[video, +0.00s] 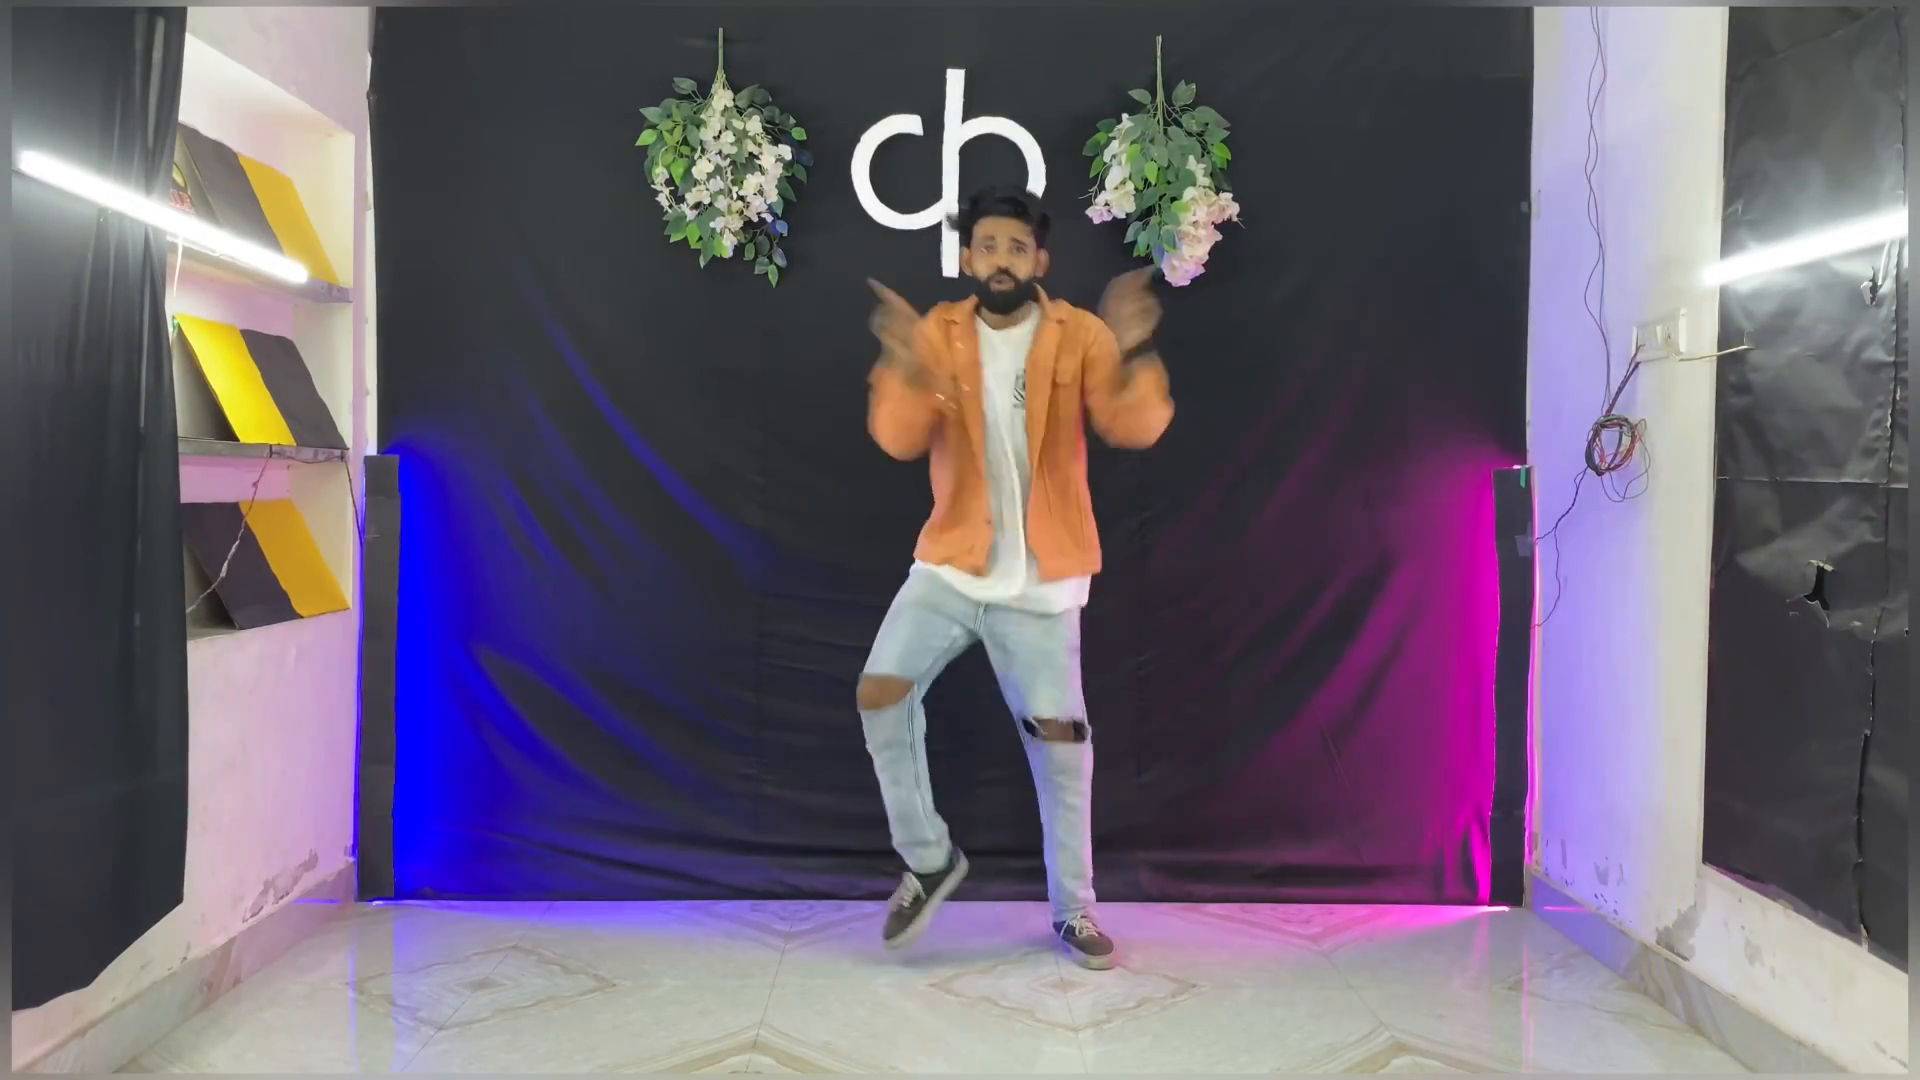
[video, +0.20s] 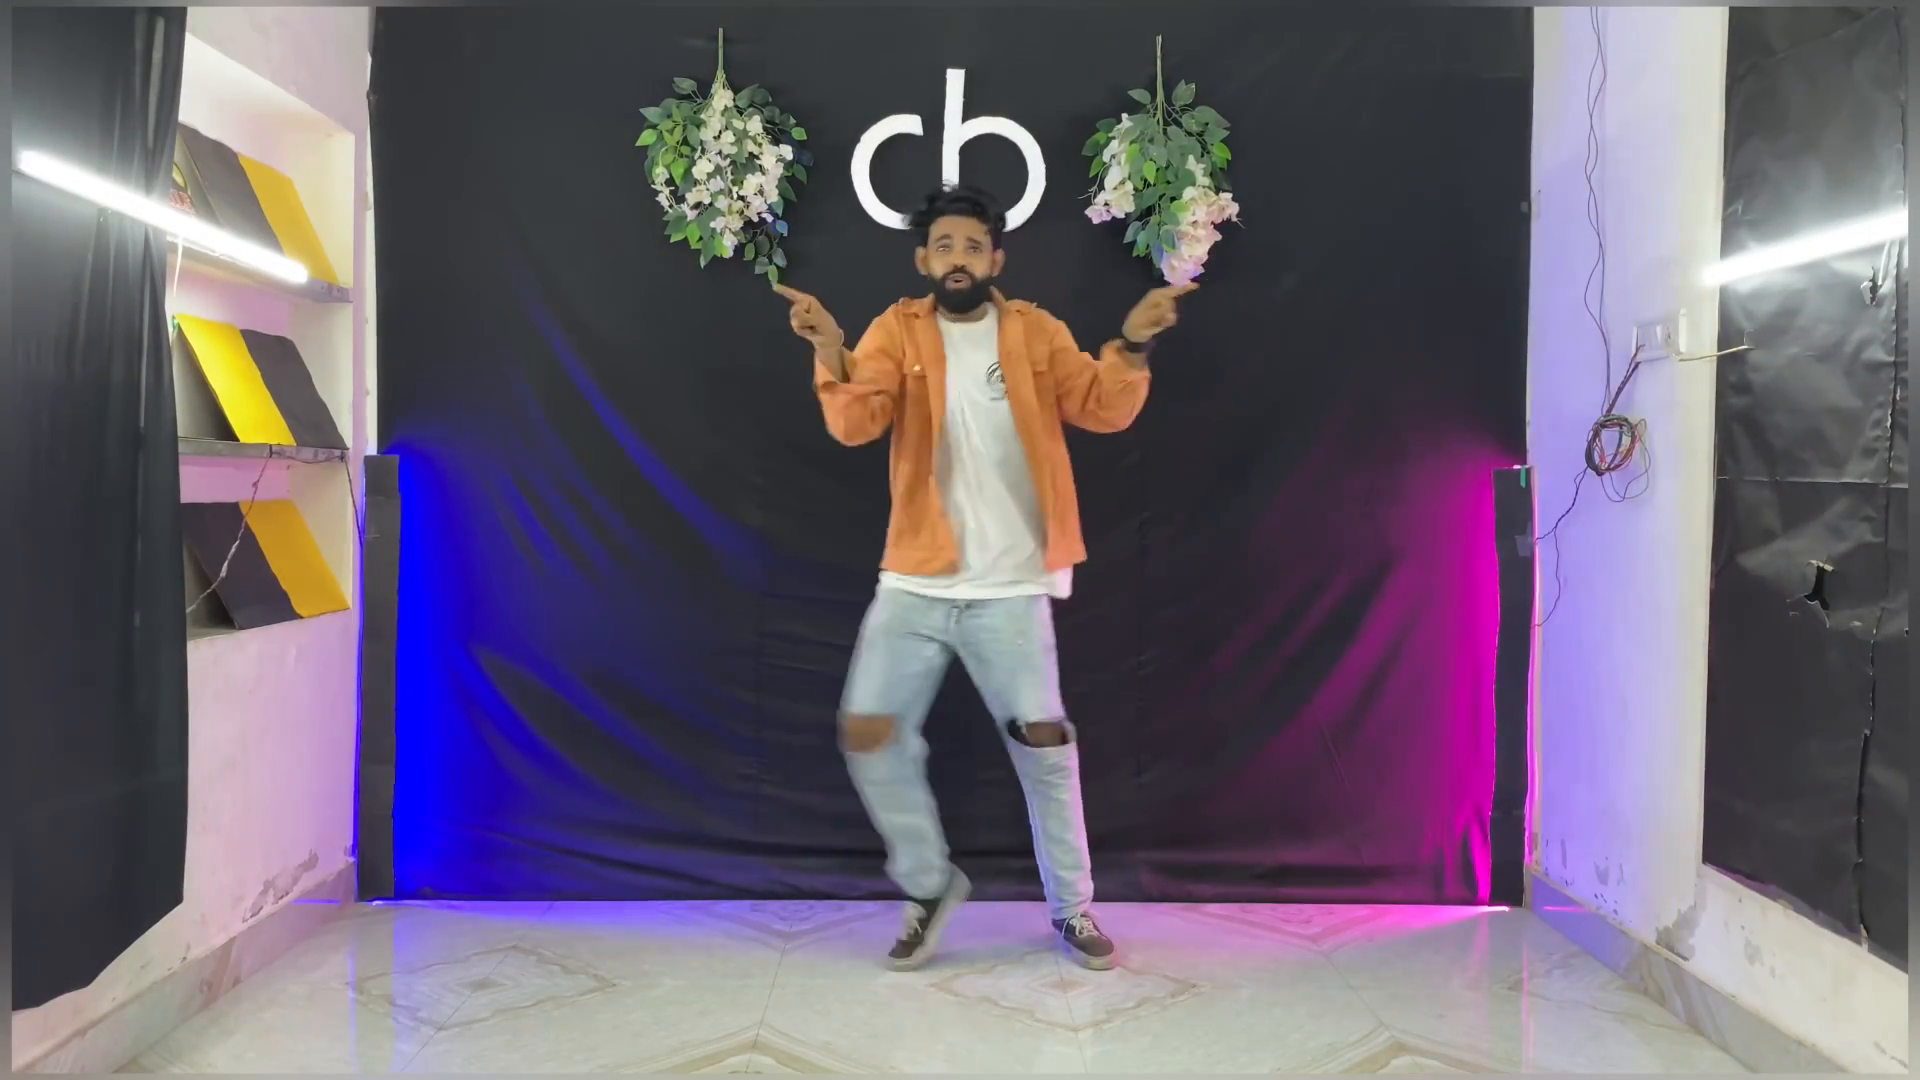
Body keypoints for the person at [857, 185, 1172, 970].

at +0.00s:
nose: (998, 258)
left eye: (1013, 245)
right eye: (985, 244)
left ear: (1041, 255)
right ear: (966, 254)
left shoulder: (1081, 334)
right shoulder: (941, 328)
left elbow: (1135, 426)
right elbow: (899, 437)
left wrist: (1136, 350)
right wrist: (903, 358)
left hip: (1044, 567)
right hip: (953, 556)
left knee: (1058, 733)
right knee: (882, 692)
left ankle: (1075, 909)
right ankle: (928, 861)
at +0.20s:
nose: (957, 258)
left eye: (973, 245)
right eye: (942, 245)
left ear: (997, 256)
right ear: (921, 256)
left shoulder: (1033, 330)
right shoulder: (898, 330)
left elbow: (1103, 408)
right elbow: (856, 422)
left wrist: (1131, 343)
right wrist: (830, 351)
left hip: (1012, 582)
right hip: (915, 578)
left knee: (1044, 740)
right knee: (869, 729)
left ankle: (1072, 907)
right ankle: (931, 885)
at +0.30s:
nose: (923, 264)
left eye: (939, 251)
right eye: (910, 251)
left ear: (969, 264)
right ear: (891, 266)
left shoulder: (1014, 335)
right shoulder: (872, 332)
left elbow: (1109, 373)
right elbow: (796, 392)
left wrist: (1158, 297)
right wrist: (750, 309)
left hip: (986, 588)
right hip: (884, 577)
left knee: (1027, 741)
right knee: (799, 709)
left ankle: (1071, 905)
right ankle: (829, 882)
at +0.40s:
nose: (890, 298)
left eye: (907, 286)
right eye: (876, 287)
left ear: (935, 299)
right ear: (857, 300)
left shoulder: (988, 361)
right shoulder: (821, 362)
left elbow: (1096, 339)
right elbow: (706, 360)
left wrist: (1200, 309)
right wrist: (611, 324)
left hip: (947, 612)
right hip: (845, 601)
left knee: (979, 766)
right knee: (760, 746)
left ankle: (1066, 904)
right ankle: (676, 915)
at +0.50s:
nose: (855, 356)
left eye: (871, 343)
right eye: (841, 344)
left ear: (901, 352)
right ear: (823, 358)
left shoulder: (950, 426)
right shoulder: (791, 427)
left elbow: (1051, 449)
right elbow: (685, 472)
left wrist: (1149, 470)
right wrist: (580, 484)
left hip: (902, 679)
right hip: (804, 667)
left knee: (912, 856)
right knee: (734, 808)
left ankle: (1054, 914)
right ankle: (648, 926)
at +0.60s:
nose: (852, 384)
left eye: (866, 371)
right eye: (836, 371)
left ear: (892, 385)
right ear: (815, 388)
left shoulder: (940, 468)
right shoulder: (788, 465)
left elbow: (1008, 555)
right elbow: (729, 563)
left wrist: (1082, 632)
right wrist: (655, 641)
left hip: (902, 697)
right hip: (805, 688)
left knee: (907, 866)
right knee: (750, 831)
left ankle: (1052, 918)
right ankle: (648, 934)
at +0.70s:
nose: (882, 372)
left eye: (896, 358)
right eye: (866, 359)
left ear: (920, 370)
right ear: (842, 374)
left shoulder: (963, 449)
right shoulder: (818, 452)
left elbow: (991, 559)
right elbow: (805, 559)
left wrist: (1007, 664)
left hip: (948, 679)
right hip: (854, 684)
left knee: (965, 825)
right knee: (789, 825)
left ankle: (1060, 924)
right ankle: (661, 928)